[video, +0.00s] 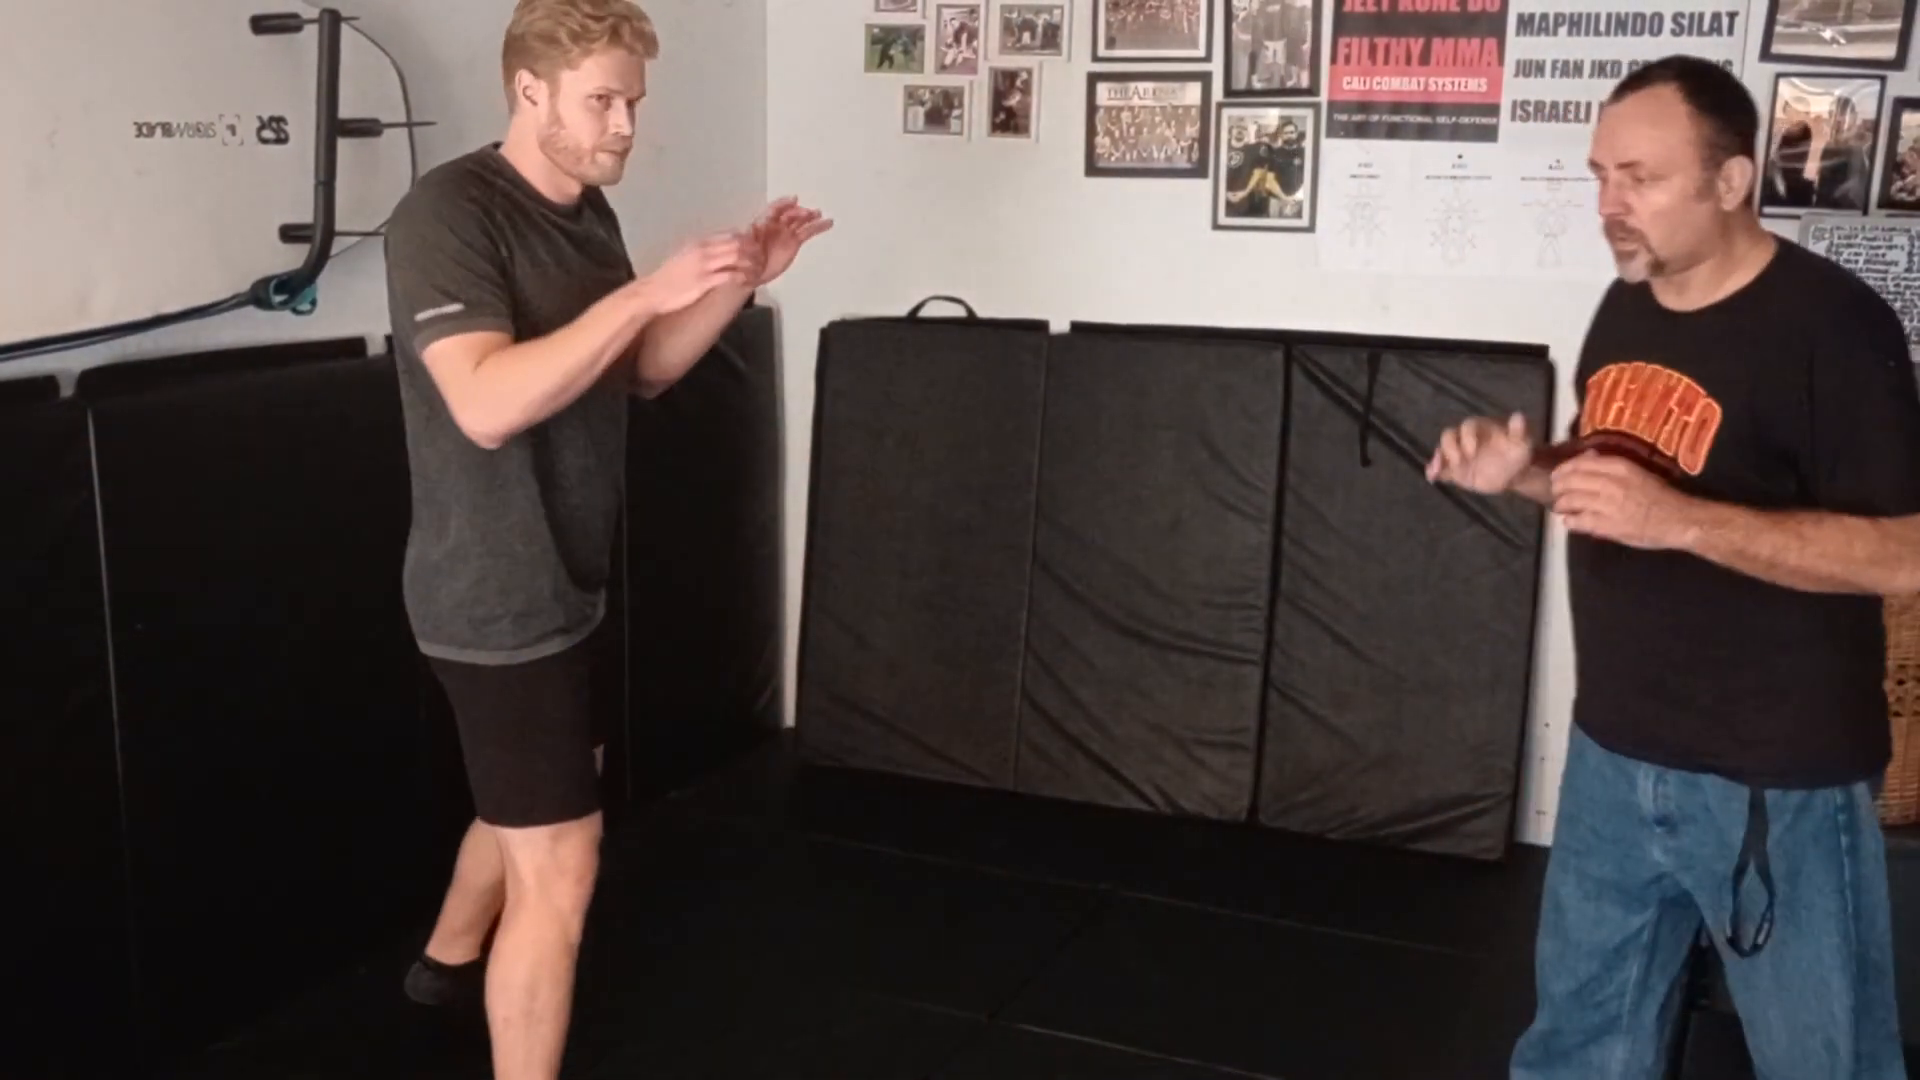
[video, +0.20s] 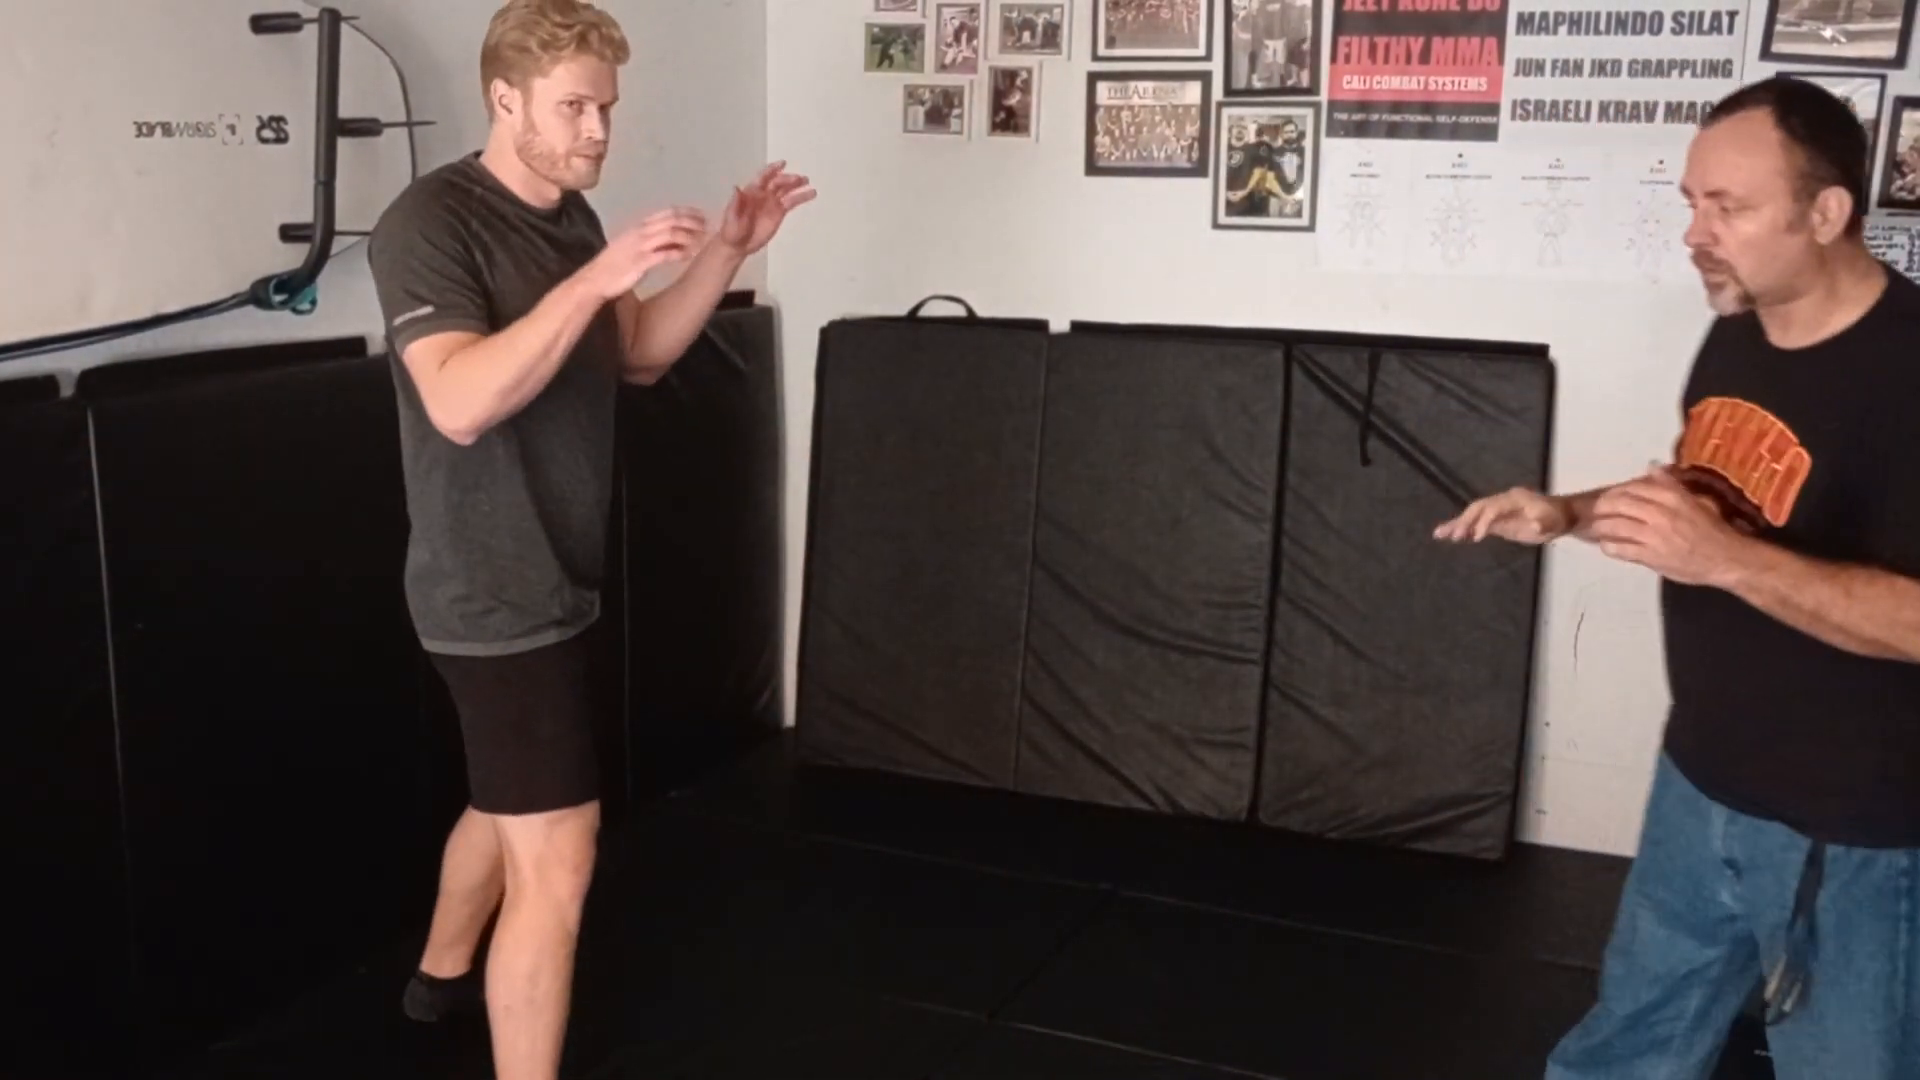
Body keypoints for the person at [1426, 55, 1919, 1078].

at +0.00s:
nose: (1609, 204)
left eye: (1639, 176)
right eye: (1601, 176)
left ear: (1733, 180)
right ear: (1596, 178)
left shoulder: (1840, 327)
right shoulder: (1622, 310)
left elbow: (1903, 551)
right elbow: (1621, 481)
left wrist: (1679, 518)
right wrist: (1524, 471)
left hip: (1789, 788)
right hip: (1613, 764)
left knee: (1825, 1062)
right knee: (1579, 1052)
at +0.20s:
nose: (1693, 233)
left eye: (1725, 204)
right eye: (1692, 202)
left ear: (1828, 214)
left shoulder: (1909, 363)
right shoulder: (1738, 337)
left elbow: (1913, 620)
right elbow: (1707, 504)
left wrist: (1734, 561)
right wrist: (1570, 513)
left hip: (1871, 836)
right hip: (1705, 788)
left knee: (1852, 1067)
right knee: (1626, 1056)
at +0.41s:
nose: (1764, 177)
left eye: (1796, 149)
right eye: (1766, 144)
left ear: (1902, 161)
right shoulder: (1811, 283)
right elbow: (1782, 445)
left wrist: (1824, 459)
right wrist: (1657, 432)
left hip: (1907, 795)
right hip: (1774, 756)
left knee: (1898, 1054)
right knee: (1745, 1050)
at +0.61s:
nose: (1858, 209)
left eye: (1893, 184)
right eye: (1859, 175)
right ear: (1854, 175)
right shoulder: (1873, 330)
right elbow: (1814, 493)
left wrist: (1867, 516)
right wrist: (1683, 469)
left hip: (1896, 845)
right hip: (1804, 804)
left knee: (1856, 1060)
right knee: (1783, 1053)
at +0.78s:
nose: (1878, 206)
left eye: (1901, 176)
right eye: (1877, 173)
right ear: (1874, 174)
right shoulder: (1900, 330)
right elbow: (1870, 504)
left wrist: (1882, 505)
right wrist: (1741, 491)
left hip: (1916, 832)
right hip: (1823, 767)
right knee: (1735, 1014)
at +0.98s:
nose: (1877, 209)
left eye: (1897, 183)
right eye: (1875, 180)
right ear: (1875, 187)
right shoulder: (1900, 335)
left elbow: (1904, 554)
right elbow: (1849, 497)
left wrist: (1834, 394)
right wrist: (1711, 420)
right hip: (1828, 791)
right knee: (1733, 1062)